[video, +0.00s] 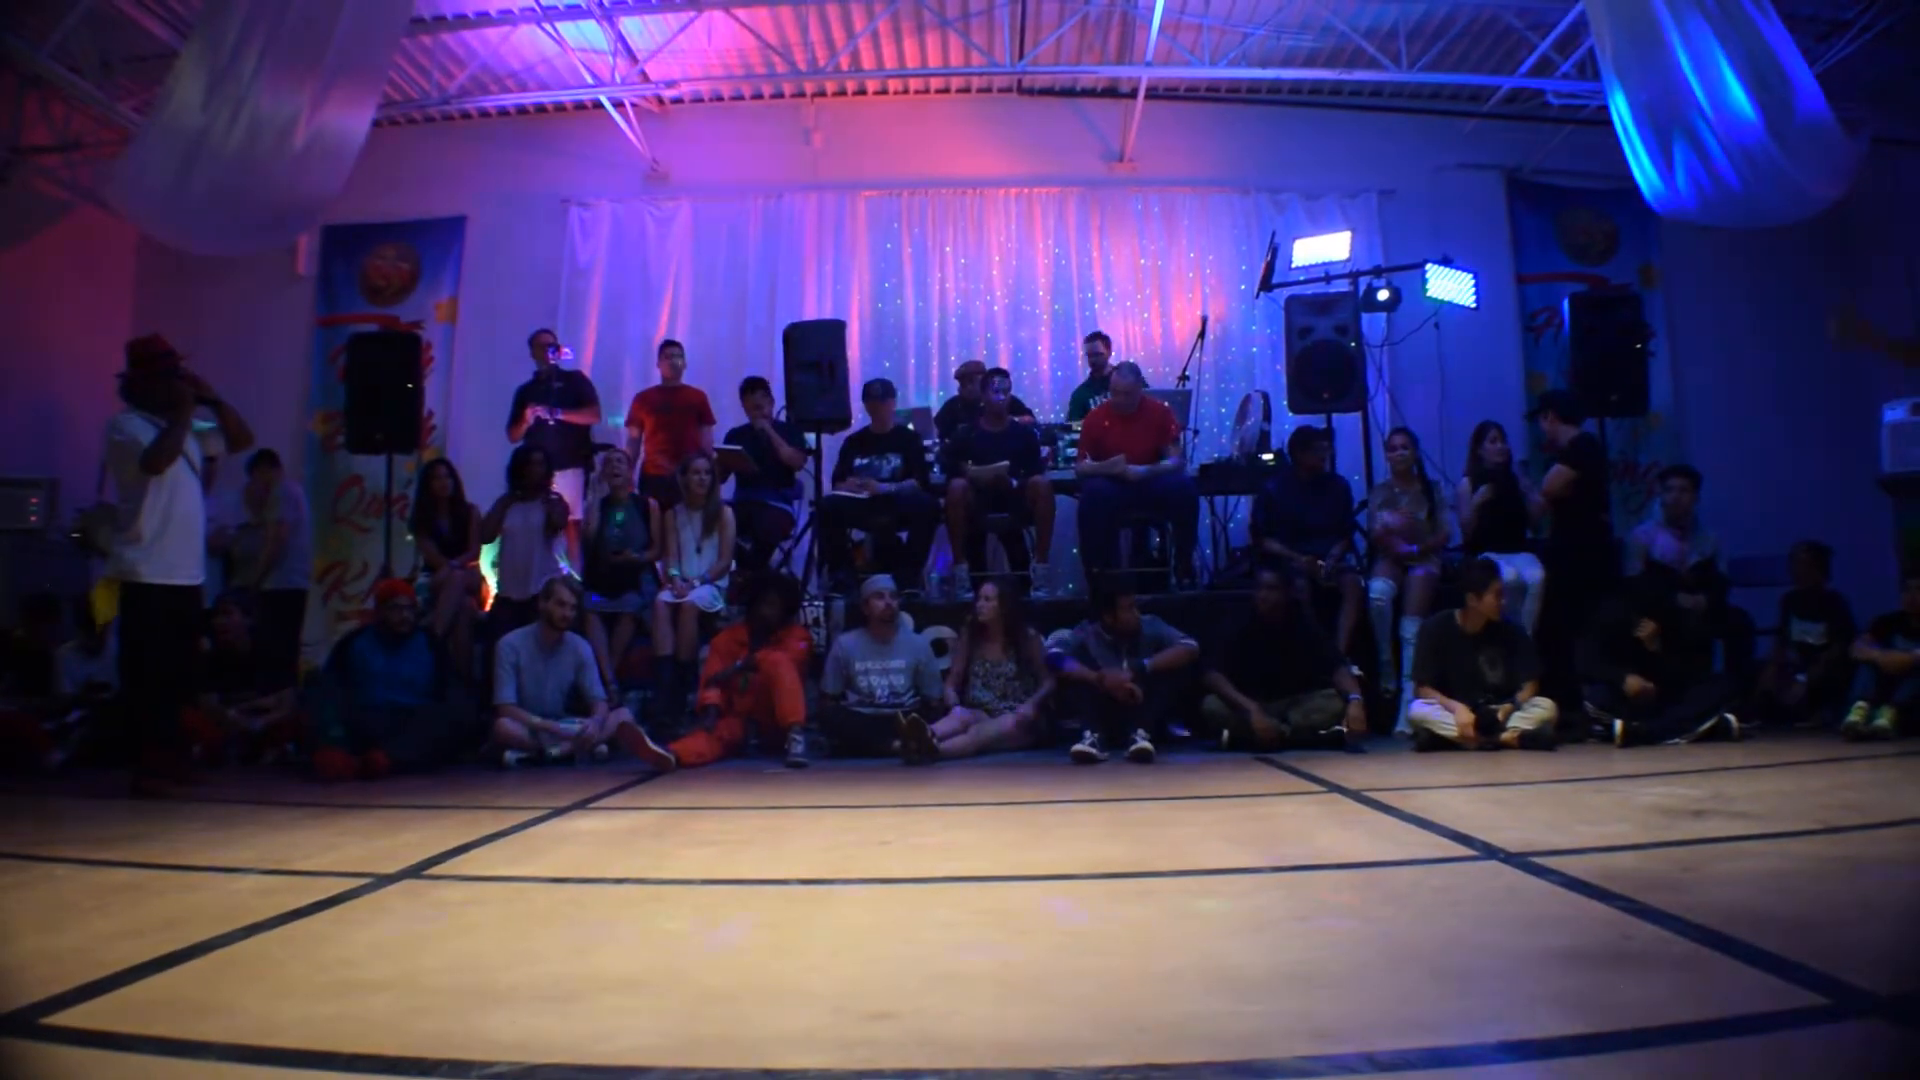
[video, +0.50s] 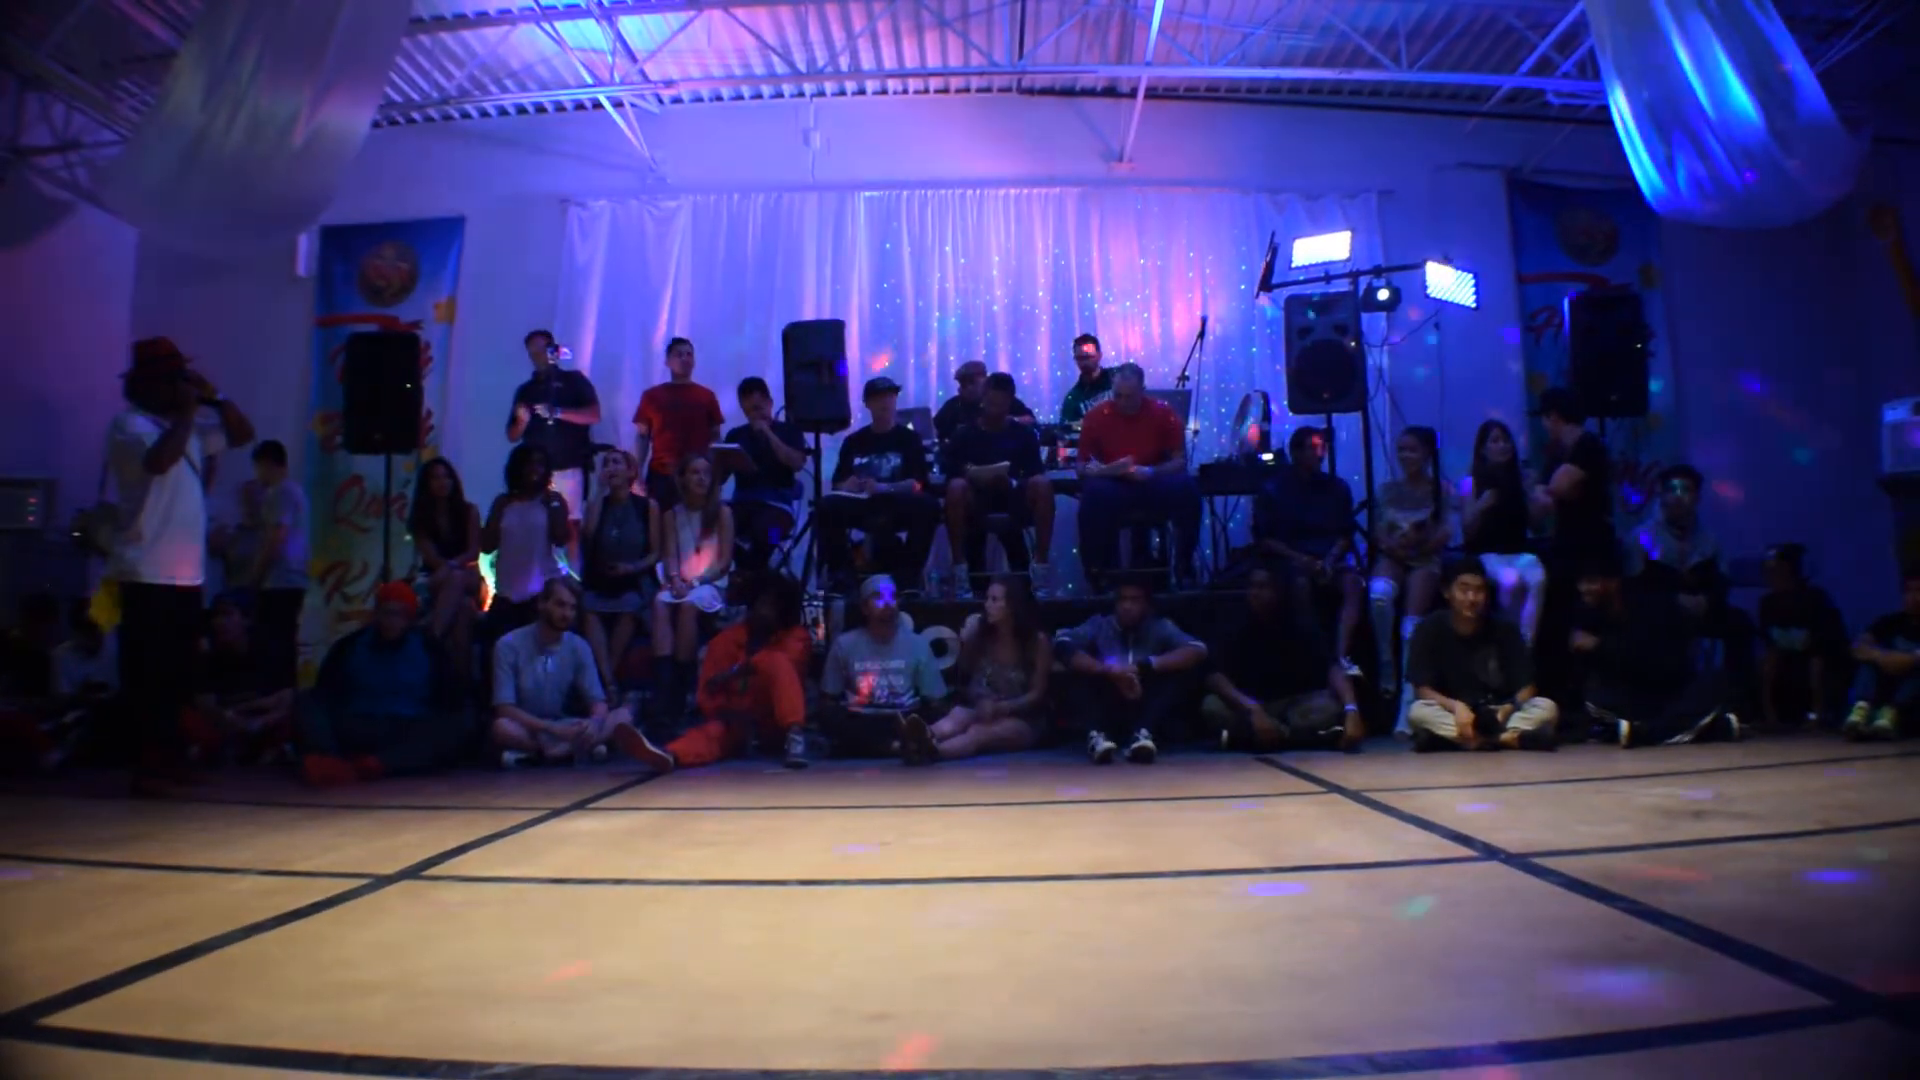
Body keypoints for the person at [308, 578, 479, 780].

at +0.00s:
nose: (405, 615)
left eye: (410, 608)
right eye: (397, 609)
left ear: (416, 611)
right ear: (381, 611)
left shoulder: (429, 645)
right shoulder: (356, 643)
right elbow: (330, 686)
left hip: (413, 719)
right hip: (363, 717)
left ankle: (390, 755)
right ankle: (339, 752)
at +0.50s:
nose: (391, 621)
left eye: (398, 614)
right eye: (386, 613)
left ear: (411, 617)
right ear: (376, 614)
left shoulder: (427, 650)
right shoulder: (349, 647)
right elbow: (326, 691)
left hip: (410, 726)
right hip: (353, 725)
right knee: (308, 705)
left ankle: (383, 763)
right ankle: (327, 760)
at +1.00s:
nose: (392, 627)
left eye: (399, 620)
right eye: (385, 620)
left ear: (408, 621)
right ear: (370, 620)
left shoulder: (426, 653)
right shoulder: (344, 653)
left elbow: (449, 699)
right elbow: (315, 701)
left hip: (413, 732)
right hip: (355, 731)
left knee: (465, 734)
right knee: (312, 719)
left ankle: (375, 767)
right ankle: (326, 764)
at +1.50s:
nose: (397, 624)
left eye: (402, 617)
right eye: (389, 617)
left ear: (410, 618)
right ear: (372, 619)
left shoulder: (427, 652)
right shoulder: (346, 653)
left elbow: (445, 699)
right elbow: (319, 704)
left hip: (415, 733)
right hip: (358, 732)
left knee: (467, 734)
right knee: (307, 725)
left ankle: (377, 767)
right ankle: (328, 766)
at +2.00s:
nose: (396, 624)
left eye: (401, 616)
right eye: (388, 617)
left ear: (408, 617)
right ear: (371, 620)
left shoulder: (425, 651)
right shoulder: (344, 654)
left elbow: (447, 697)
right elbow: (317, 704)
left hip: (415, 732)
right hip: (357, 732)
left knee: (467, 733)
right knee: (307, 725)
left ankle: (379, 766)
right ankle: (327, 766)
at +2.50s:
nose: (381, 623)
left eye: (388, 616)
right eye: (375, 615)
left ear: (401, 619)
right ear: (364, 617)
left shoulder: (420, 648)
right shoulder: (347, 648)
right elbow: (317, 696)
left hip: (413, 729)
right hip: (356, 728)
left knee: (466, 735)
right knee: (305, 724)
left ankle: (379, 766)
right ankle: (328, 766)